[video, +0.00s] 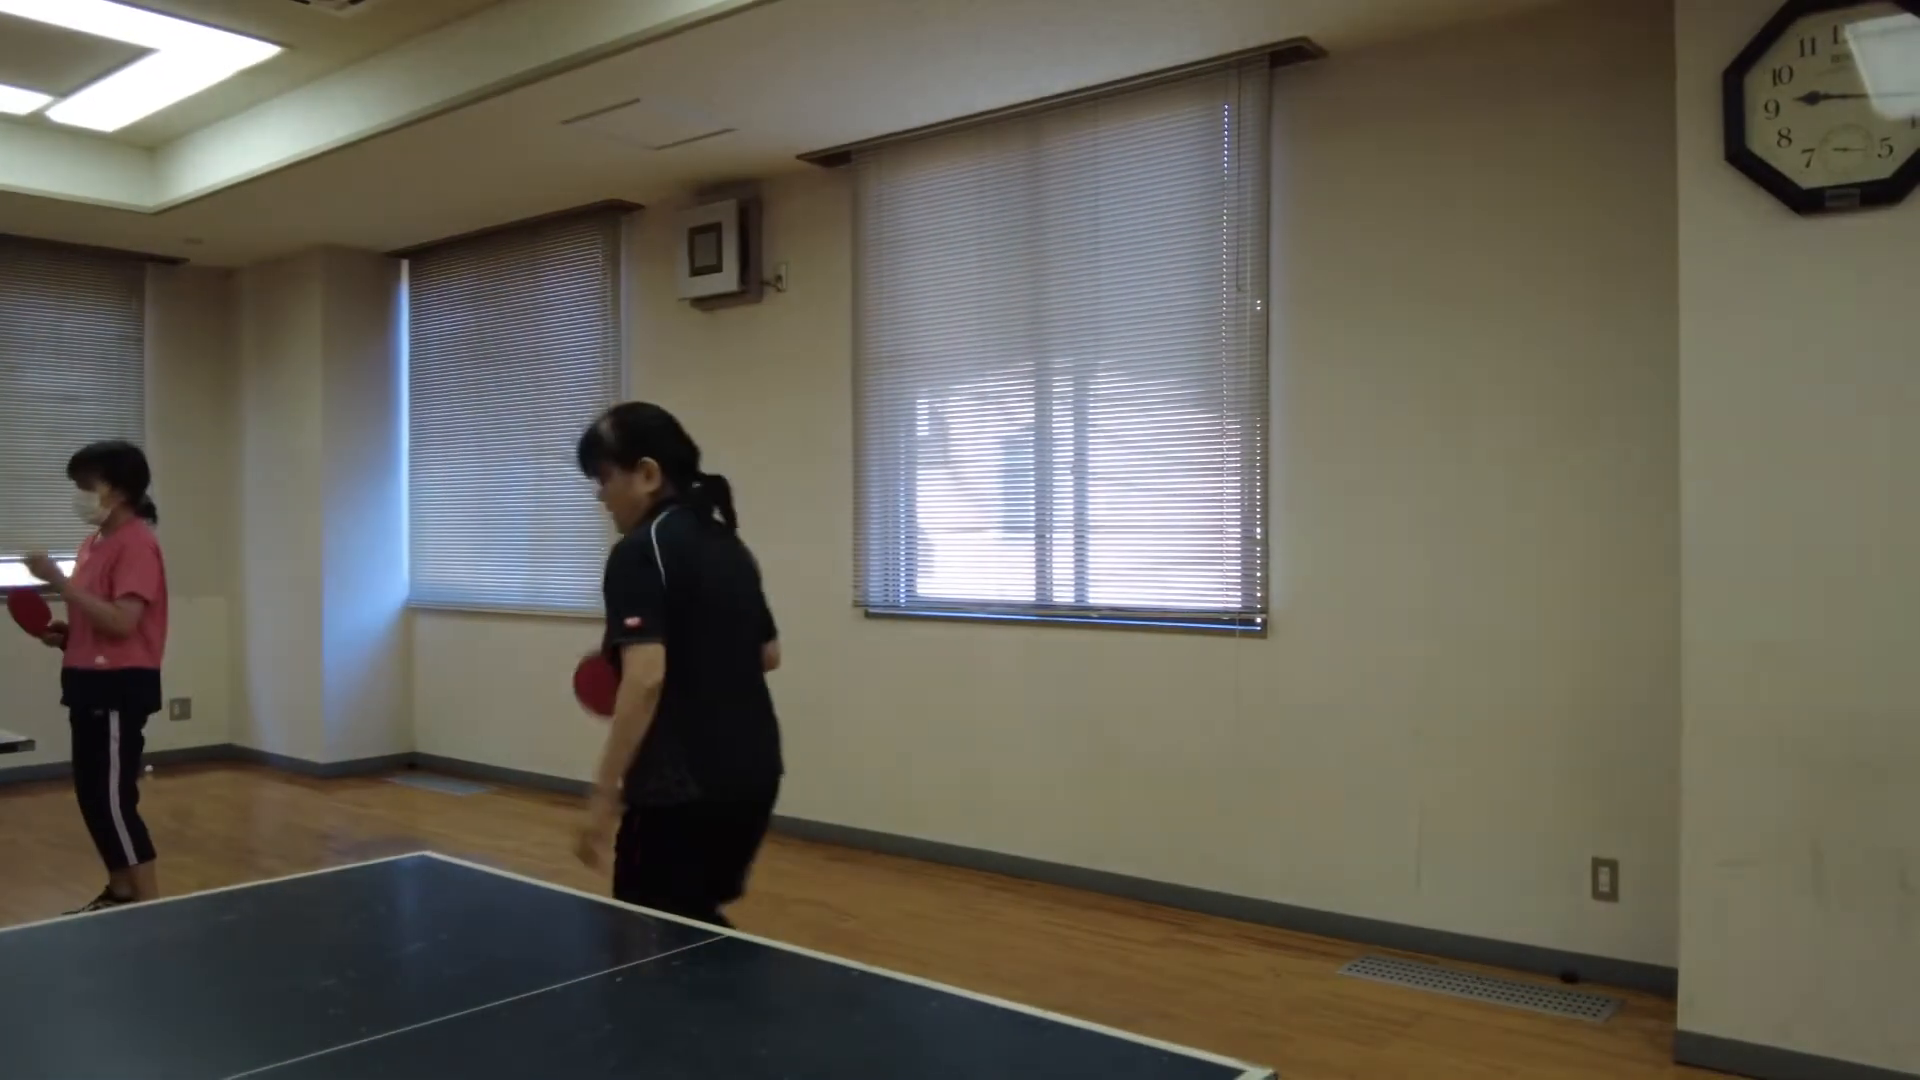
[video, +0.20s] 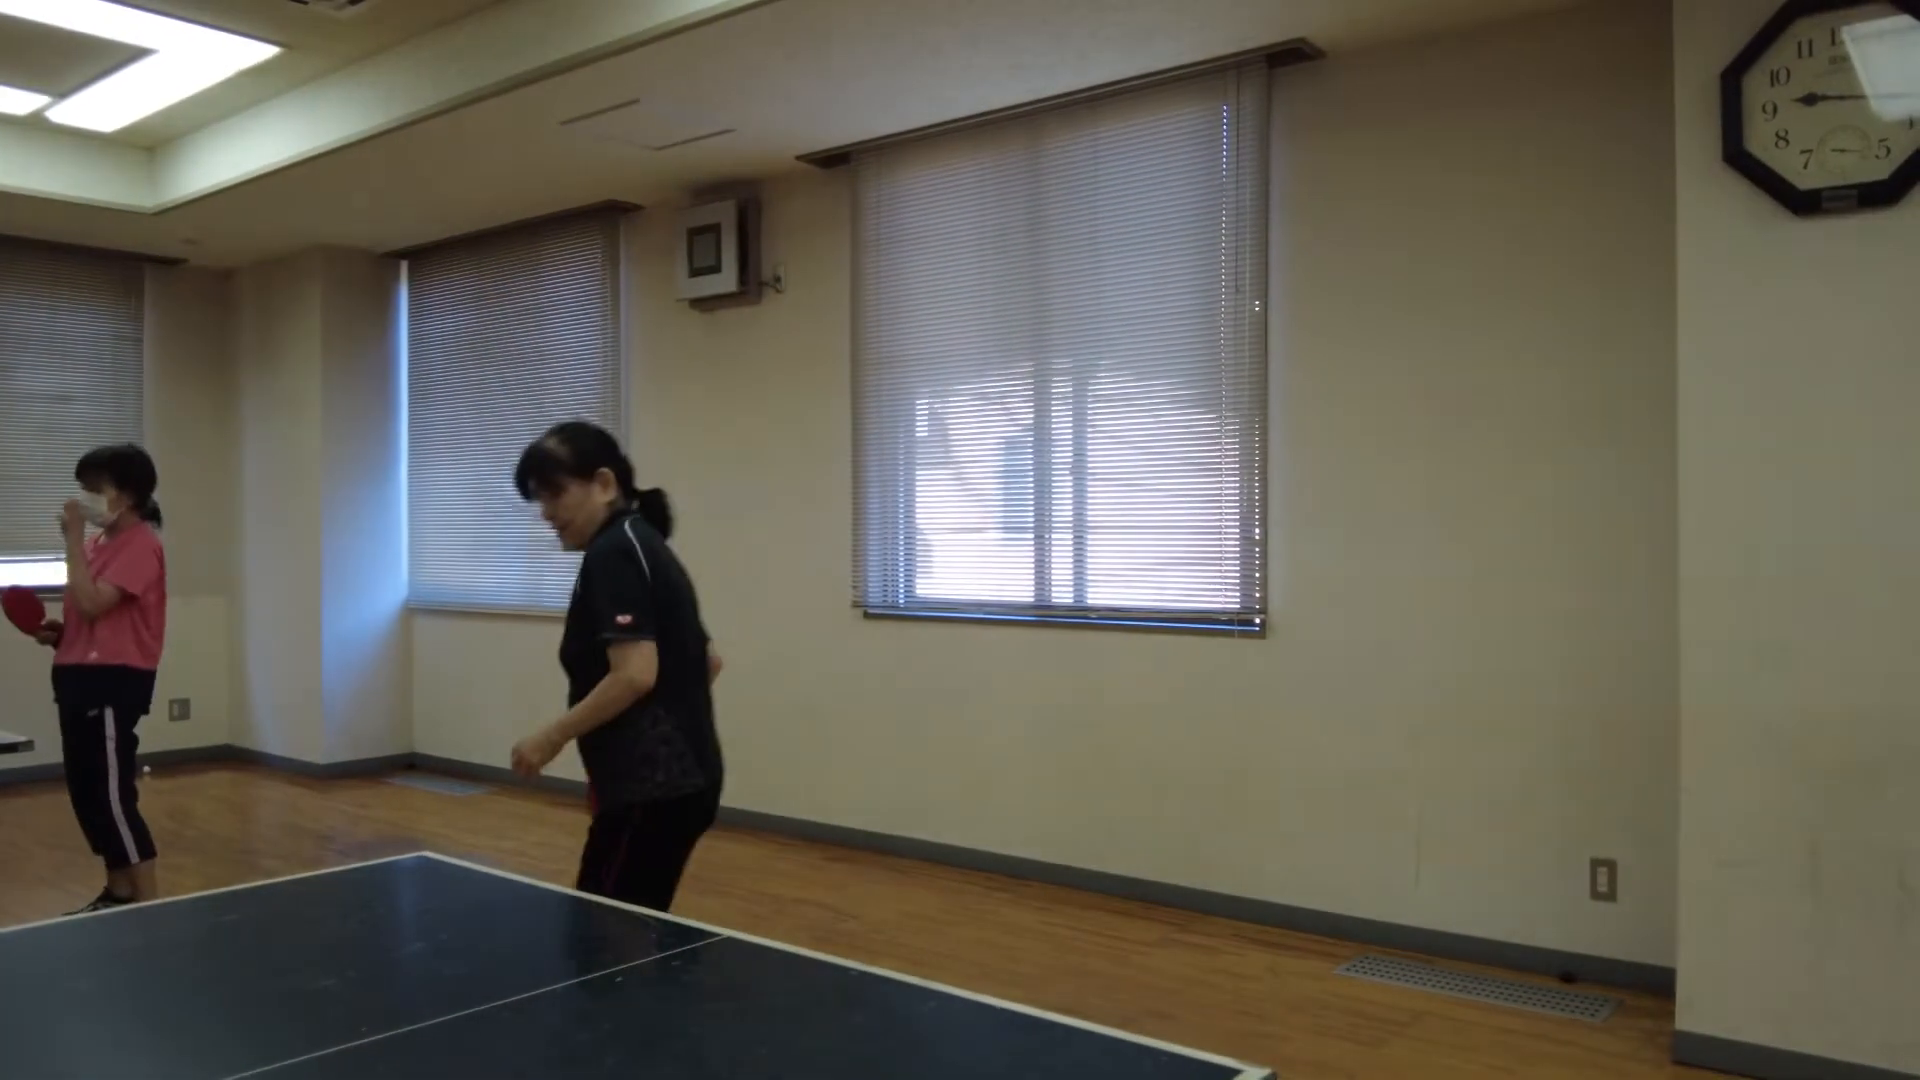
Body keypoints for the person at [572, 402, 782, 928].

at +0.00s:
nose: (600, 497)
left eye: (605, 479)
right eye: (597, 483)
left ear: (648, 474)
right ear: (655, 474)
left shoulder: (639, 553)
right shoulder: (726, 543)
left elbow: (644, 678)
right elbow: (766, 652)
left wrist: (605, 793)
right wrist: (666, 665)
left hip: (676, 778)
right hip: (749, 768)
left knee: (645, 925)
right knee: (694, 913)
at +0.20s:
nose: (546, 512)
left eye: (555, 493)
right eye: (540, 500)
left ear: (604, 483)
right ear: (607, 488)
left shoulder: (614, 551)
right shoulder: (644, 545)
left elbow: (635, 672)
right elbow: (706, 661)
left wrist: (555, 736)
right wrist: (643, 737)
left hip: (649, 788)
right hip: (676, 780)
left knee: (601, 931)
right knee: (625, 933)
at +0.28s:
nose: (529, 530)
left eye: (538, 511)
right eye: (521, 518)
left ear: (586, 501)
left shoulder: (606, 563)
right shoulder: (599, 561)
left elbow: (644, 682)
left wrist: (565, 760)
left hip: (640, 799)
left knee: (564, 922)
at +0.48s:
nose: (489, 536)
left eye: (498, 516)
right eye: (480, 525)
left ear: (545, 500)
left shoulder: (579, 560)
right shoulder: (553, 572)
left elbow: (646, 662)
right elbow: (595, 686)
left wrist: (595, 768)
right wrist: (558, 775)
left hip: (639, 786)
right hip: (607, 785)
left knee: (579, 929)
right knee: (550, 922)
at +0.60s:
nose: (483, 530)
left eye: (492, 509)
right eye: (473, 519)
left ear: (538, 494)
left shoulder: (572, 556)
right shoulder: (545, 568)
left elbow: (636, 660)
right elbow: (588, 684)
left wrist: (578, 766)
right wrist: (540, 764)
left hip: (627, 789)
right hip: (589, 790)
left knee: (613, 946)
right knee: (540, 930)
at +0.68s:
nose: (479, 536)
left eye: (488, 515)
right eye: (469, 524)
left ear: (536, 501)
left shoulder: (570, 567)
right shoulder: (538, 578)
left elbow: (622, 685)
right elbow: (575, 694)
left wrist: (543, 786)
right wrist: (528, 770)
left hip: (628, 798)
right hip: (568, 799)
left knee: (642, 949)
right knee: (517, 929)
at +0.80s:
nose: (449, 548)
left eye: (460, 529)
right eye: (439, 535)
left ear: (510, 518)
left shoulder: (550, 593)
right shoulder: (504, 598)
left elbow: (557, 725)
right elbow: (525, 718)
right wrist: (497, 793)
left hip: (609, 808)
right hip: (538, 801)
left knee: (627, 955)